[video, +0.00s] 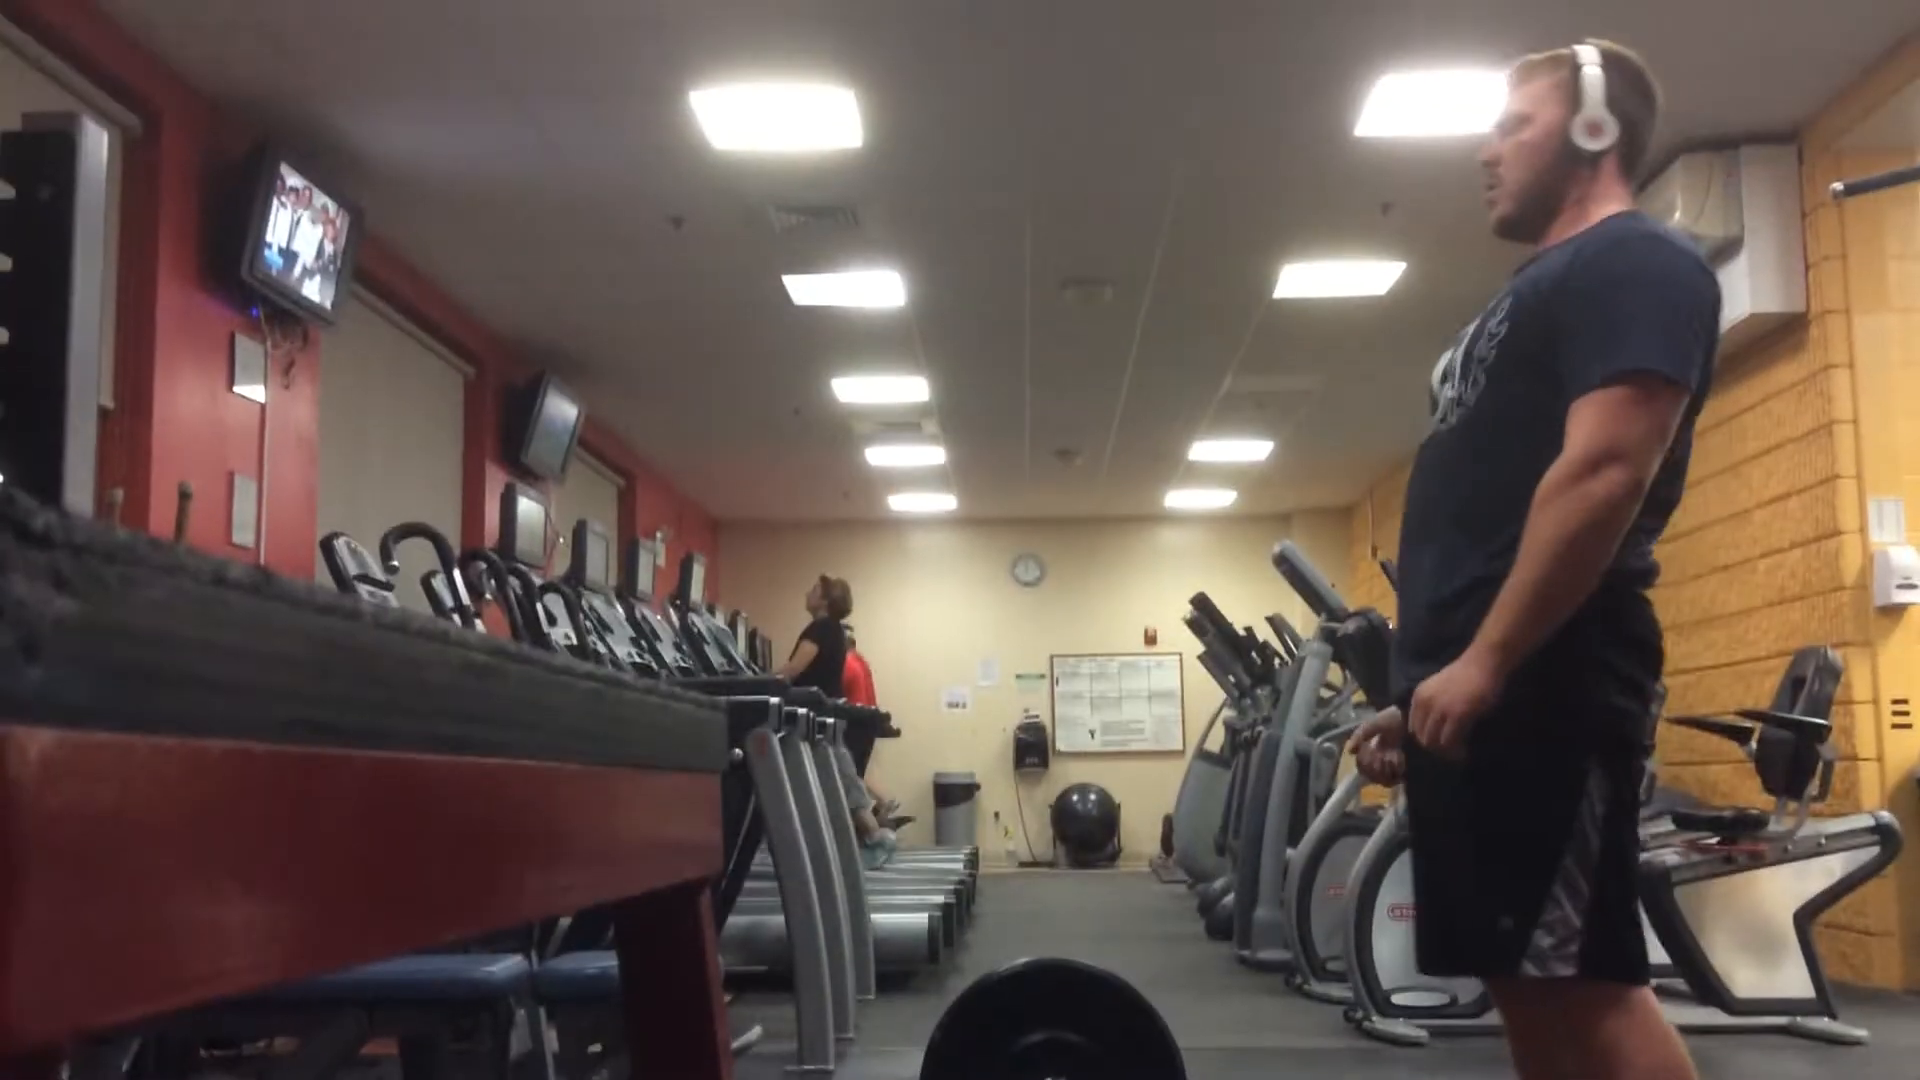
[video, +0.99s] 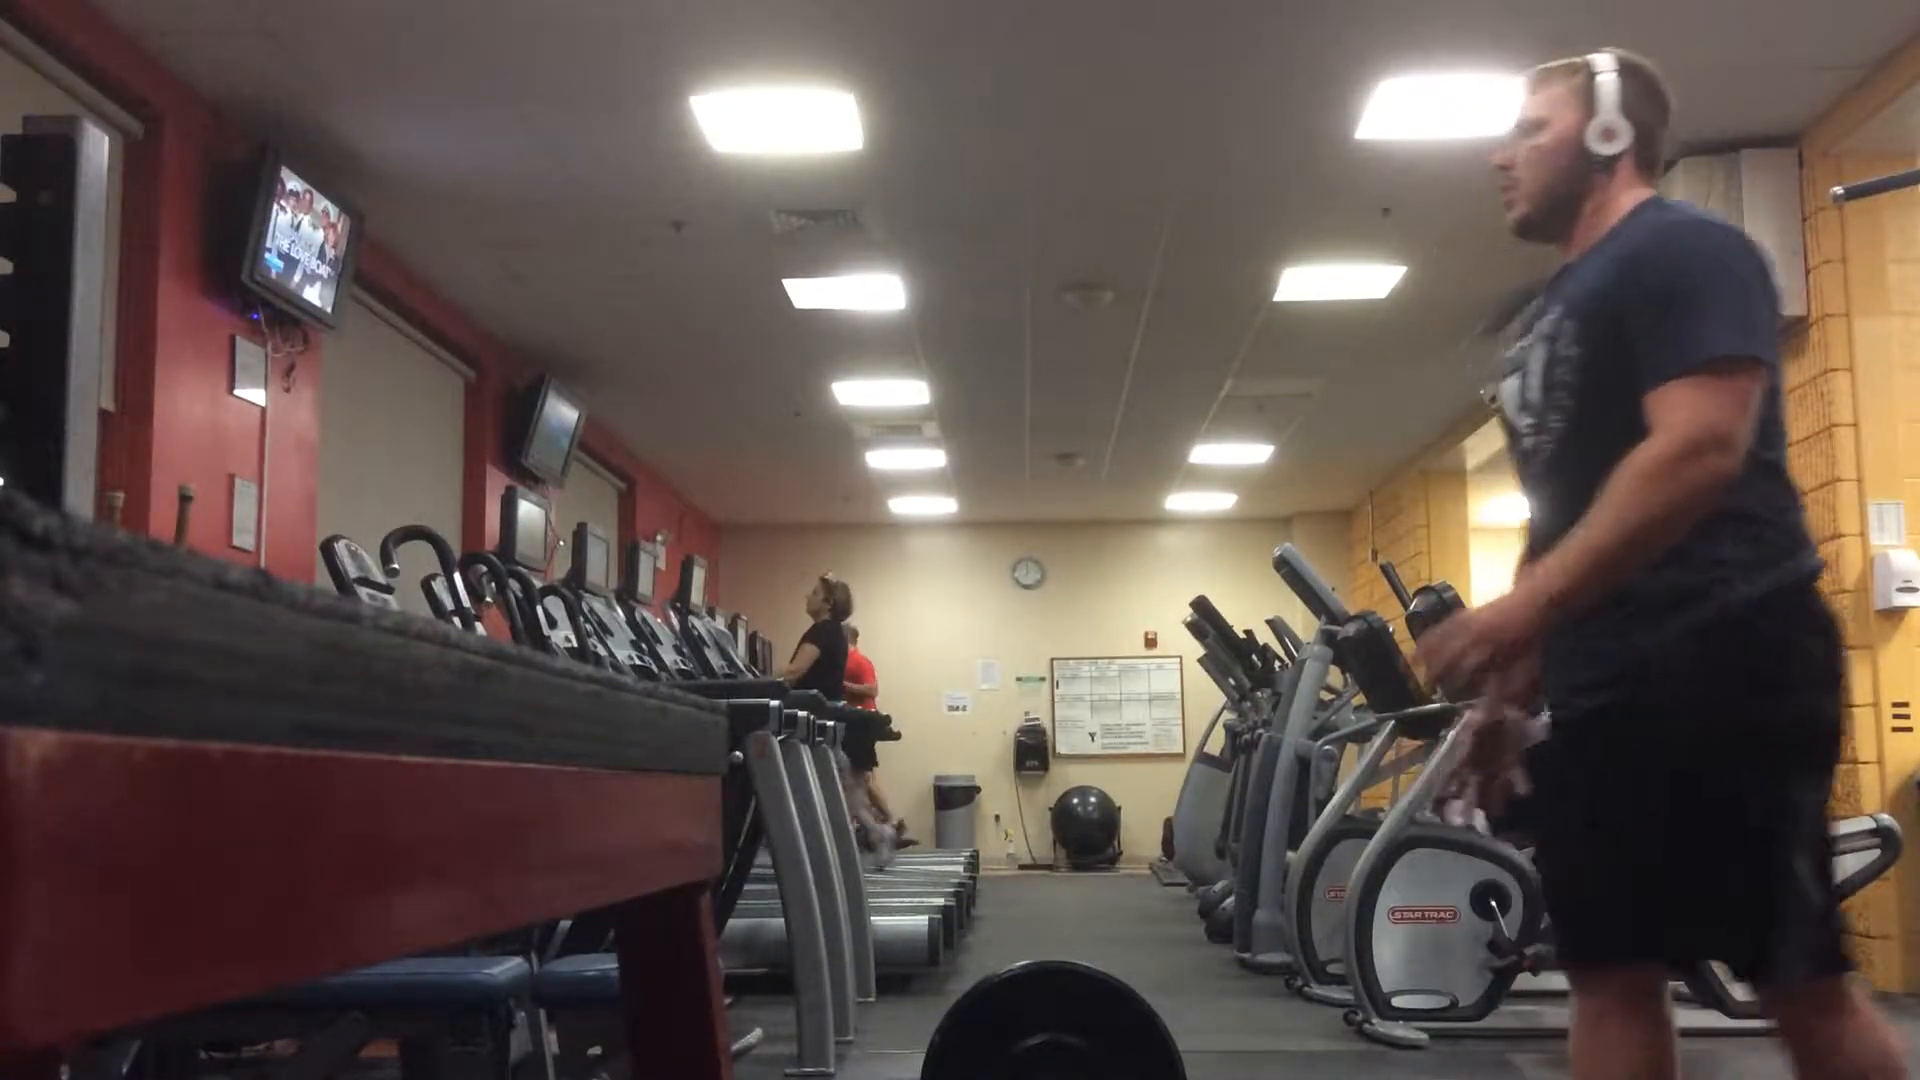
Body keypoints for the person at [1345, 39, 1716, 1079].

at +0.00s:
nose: (1486, 148)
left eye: (1512, 122)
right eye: (1495, 126)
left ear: (1590, 133)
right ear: (1576, 139)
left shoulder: (1633, 256)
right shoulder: (1528, 295)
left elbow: (1604, 474)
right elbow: (1484, 516)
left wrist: (1483, 660)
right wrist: (1414, 696)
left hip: (1557, 664)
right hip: (1489, 674)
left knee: (1590, 992)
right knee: (1523, 986)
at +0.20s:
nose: (1434, 145)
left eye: (1461, 120)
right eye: (1442, 122)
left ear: (1535, 133)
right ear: (1528, 138)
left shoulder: (1586, 248)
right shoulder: (1498, 287)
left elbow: (1597, 474)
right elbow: (1488, 518)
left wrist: (1507, 674)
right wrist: (1424, 690)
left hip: (1586, 658)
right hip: (1527, 668)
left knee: (1602, 997)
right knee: (1552, 987)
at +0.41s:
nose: (1404, 157)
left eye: (1429, 131)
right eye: (1413, 135)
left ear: (1502, 139)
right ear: (1488, 146)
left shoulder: (1570, 252)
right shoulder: (1472, 314)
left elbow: (1595, 471)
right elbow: (1476, 541)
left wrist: (1506, 667)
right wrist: (1422, 697)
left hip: (1606, 641)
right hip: (1544, 655)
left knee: (1573, 974)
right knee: (1568, 968)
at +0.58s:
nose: (1403, 173)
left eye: (1428, 149)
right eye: (1408, 154)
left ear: (1501, 158)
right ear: (1489, 166)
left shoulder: (1581, 255)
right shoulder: (1465, 343)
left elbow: (1613, 460)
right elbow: (1470, 551)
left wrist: (1491, 637)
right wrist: (1434, 701)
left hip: (1637, 630)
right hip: (1564, 644)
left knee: (1495, 890)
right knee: (1588, 931)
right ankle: (1629, 1072)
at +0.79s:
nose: (1441, 172)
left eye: (1466, 148)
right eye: (1446, 153)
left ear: (1542, 156)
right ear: (1524, 164)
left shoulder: (1617, 248)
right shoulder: (1504, 322)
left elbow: (1643, 446)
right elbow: (1517, 537)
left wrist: (1492, 602)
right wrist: (1451, 706)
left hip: (1659, 637)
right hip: (1572, 649)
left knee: (1599, 953)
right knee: (1580, 951)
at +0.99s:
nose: (1503, 155)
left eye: (1530, 129)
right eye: (1511, 134)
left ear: (1608, 140)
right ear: (1592, 145)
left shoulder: (1683, 243)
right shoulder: (1554, 312)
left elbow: (1702, 448)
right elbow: (1563, 523)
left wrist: (1524, 603)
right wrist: (1506, 693)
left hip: (1734, 651)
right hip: (1603, 682)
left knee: (1809, 998)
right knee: (1611, 988)